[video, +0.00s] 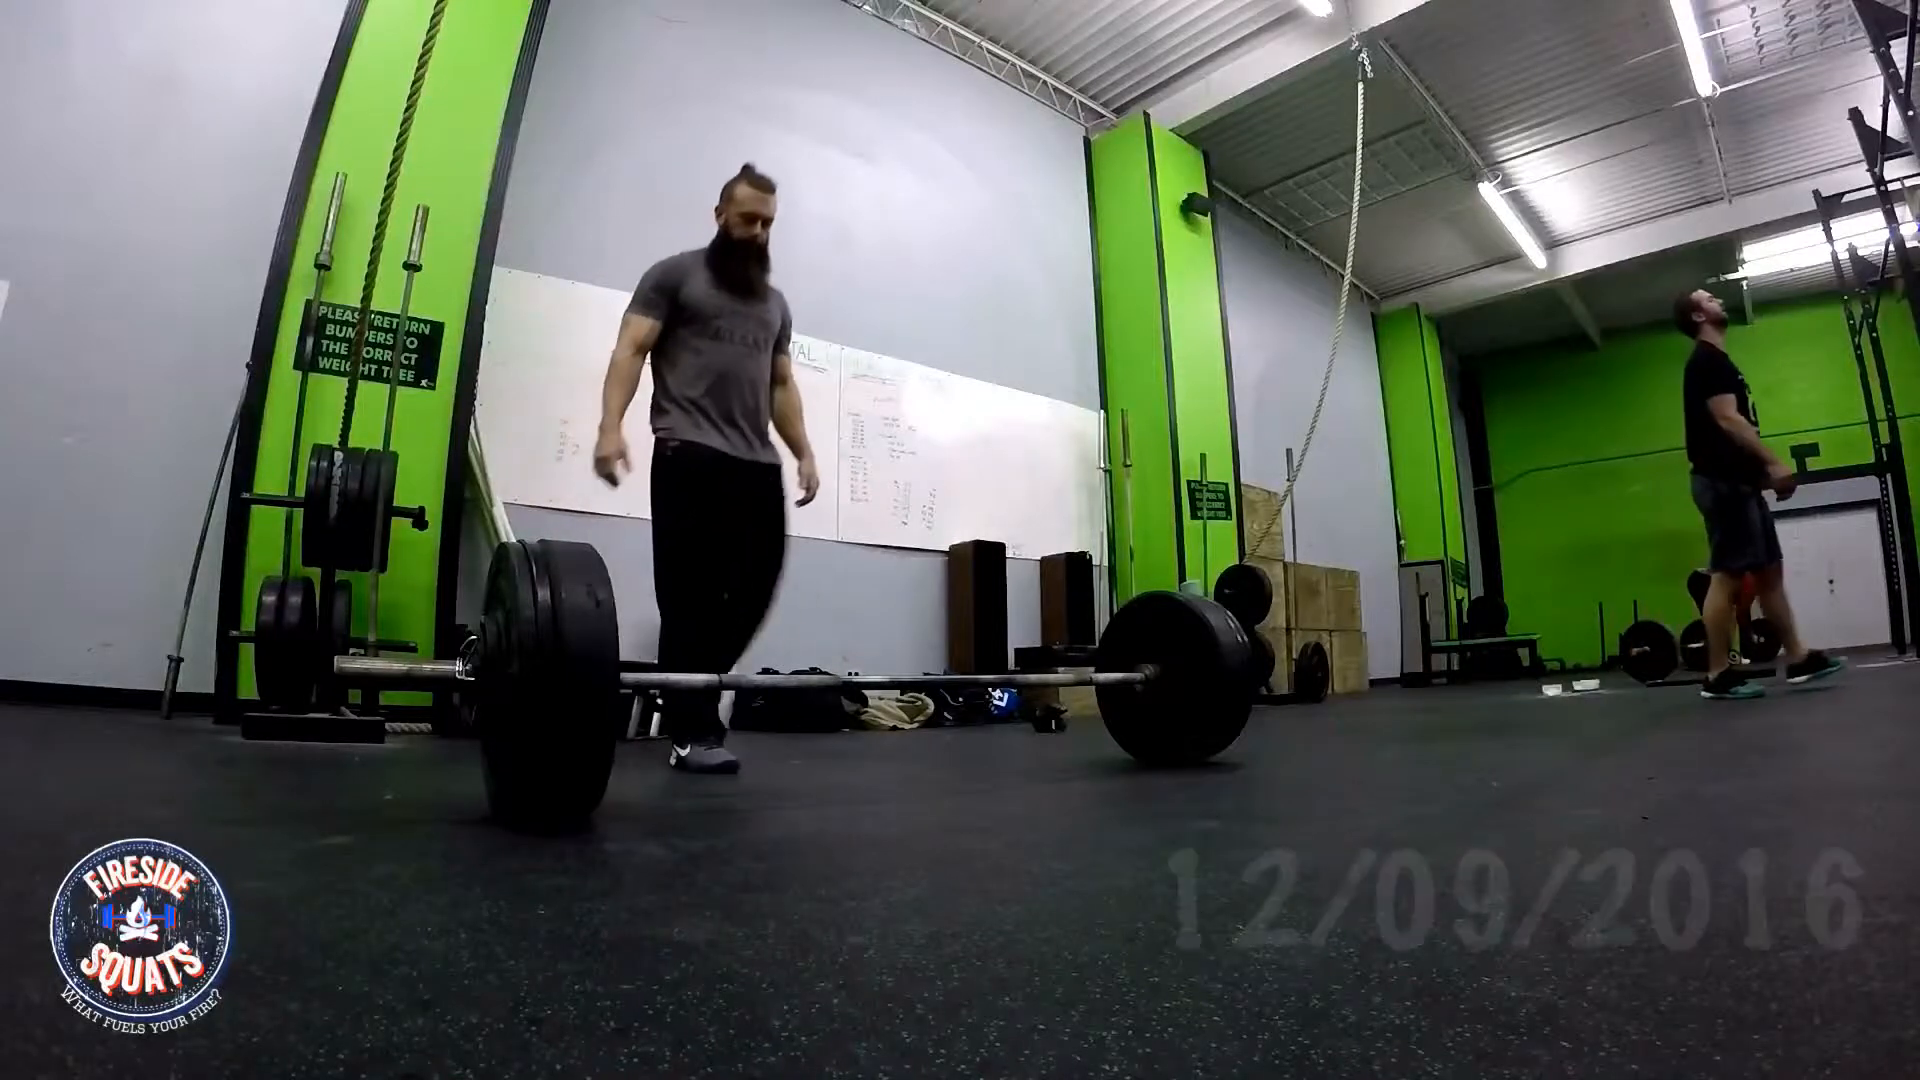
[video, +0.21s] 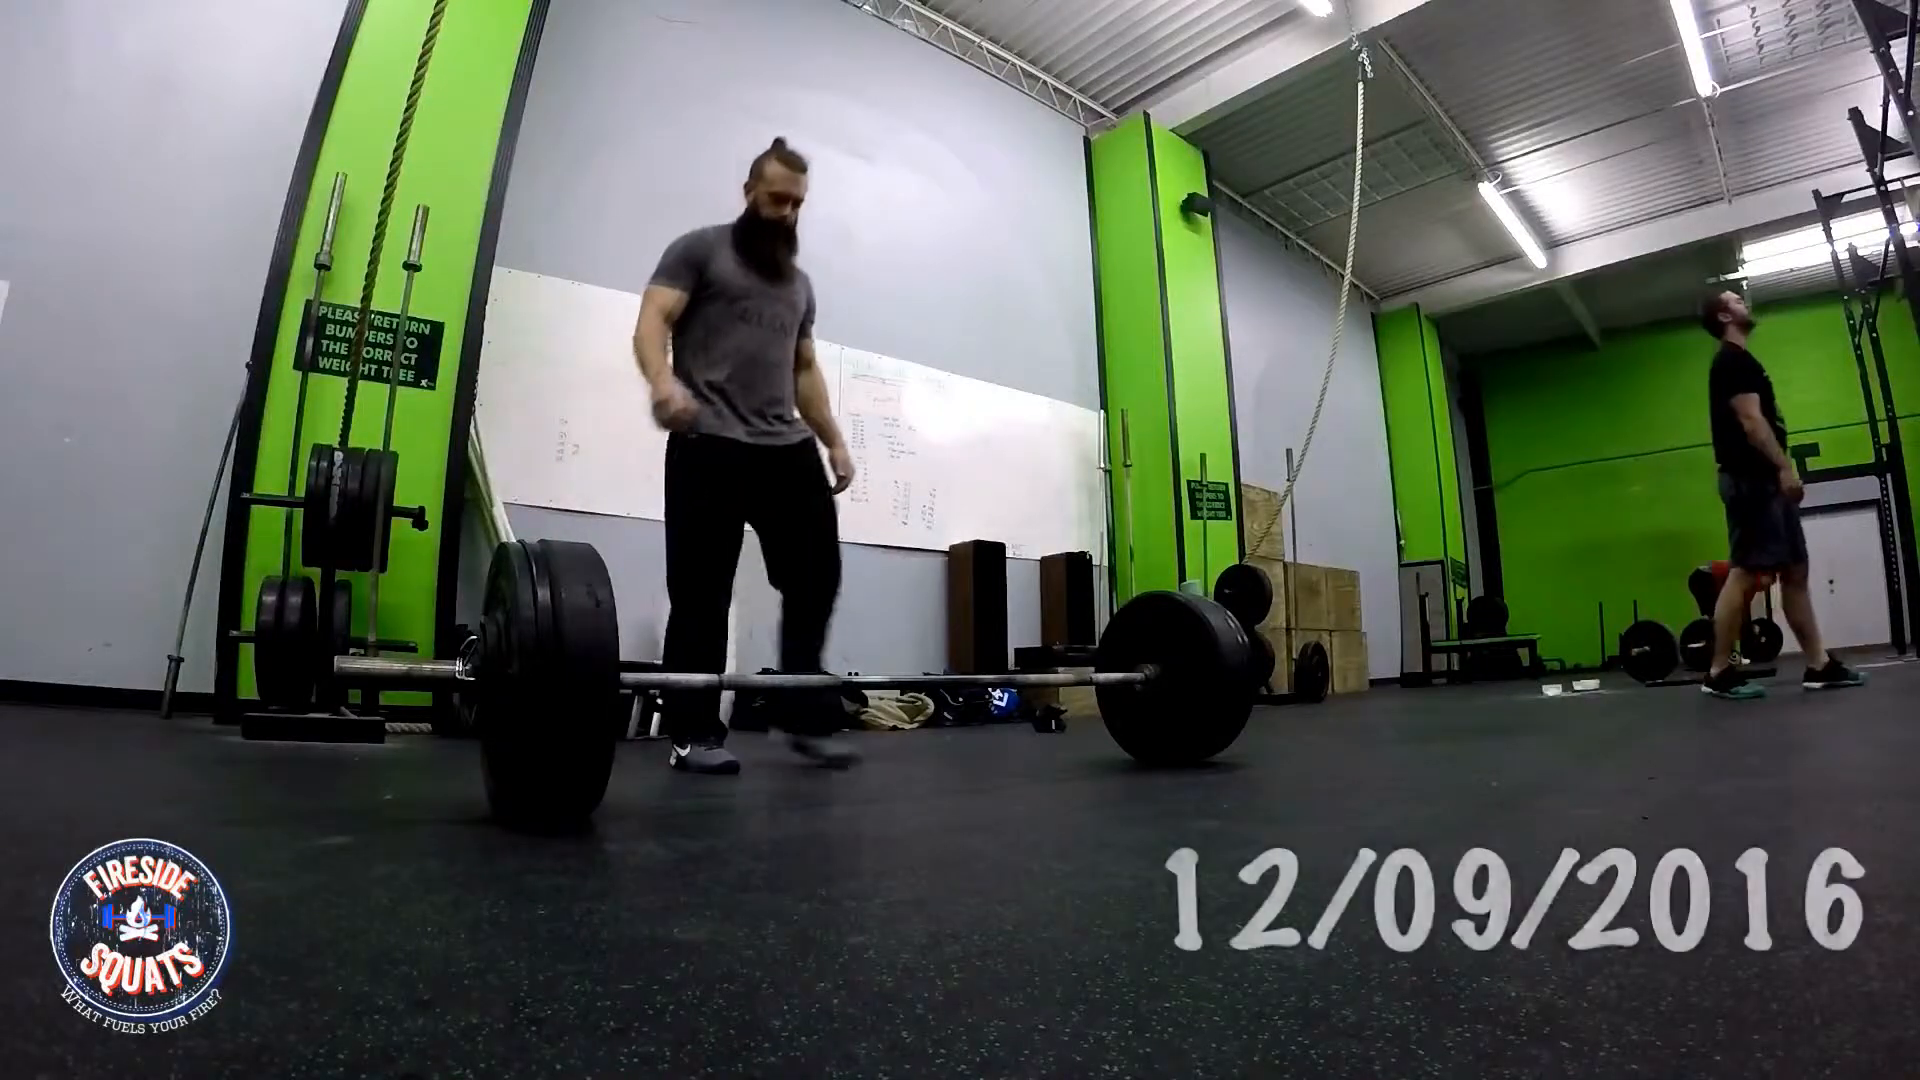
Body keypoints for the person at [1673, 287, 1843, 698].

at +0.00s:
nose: (1719, 300)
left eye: (1713, 295)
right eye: (1710, 297)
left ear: (1702, 316)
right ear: (1699, 314)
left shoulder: (1718, 360)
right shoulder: (1706, 360)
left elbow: (1731, 425)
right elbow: (1728, 419)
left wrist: (1758, 473)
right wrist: (1773, 461)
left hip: (1739, 481)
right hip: (1721, 483)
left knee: (1768, 570)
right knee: (1726, 575)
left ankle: (1796, 657)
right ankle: (1719, 671)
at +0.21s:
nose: (1745, 302)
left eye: (1739, 297)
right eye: (1737, 299)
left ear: (1728, 316)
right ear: (1725, 315)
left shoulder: (1742, 360)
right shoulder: (1730, 361)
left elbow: (1754, 423)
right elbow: (1751, 420)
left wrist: (1782, 471)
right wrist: (1785, 466)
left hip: (1767, 479)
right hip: (1748, 481)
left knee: (1795, 571)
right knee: (1745, 573)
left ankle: (1819, 664)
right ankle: (1720, 669)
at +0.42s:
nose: (1769, 303)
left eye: (1765, 298)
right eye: (1761, 300)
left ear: (1751, 315)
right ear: (1748, 313)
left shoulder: (1762, 356)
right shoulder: (1757, 355)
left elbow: (1770, 414)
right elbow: (1769, 406)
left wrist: (1797, 462)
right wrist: (1802, 454)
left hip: (1787, 472)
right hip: (1775, 473)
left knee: (1808, 568)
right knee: (1784, 563)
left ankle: (1819, 664)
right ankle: (1733, 657)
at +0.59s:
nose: (1790, 302)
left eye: (1788, 298)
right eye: (1782, 299)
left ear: (1775, 313)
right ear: (1765, 313)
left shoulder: (1785, 357)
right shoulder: (1771, 352)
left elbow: (1803, 427)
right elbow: (1792, 397)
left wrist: (1838, 473)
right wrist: (1844, 403)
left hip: (1804, 472)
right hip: (1796, 473)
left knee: (1816, 566)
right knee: (1833, 555)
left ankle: (1819, 662)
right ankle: (1778, 641)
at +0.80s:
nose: (1809, 302)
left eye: (1807, 297)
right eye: (1801, 299)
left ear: (1792, 311)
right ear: (1783, 311)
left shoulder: (1801, 356)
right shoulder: (1787, 351)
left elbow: (1822, 433)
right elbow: (1812, 393)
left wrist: (1866, 466)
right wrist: (1865, 391)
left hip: (1813, 473)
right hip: (1817, 472)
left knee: (1821, 568)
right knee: (1857, 556)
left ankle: (1819, 664)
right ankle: (1867, 658)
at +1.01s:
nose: (1830, 300)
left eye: (1829, 294)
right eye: (1821, 296)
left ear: (1818, 308)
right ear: (1804, 309)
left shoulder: (1813, 349)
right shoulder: (1815, 349)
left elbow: (1833, 410)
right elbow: (1829, 403)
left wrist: (1868, 445)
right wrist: (1867, 449)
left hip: (1824, 467)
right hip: (1840, 466)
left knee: (1831, 563)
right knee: (1890, 553)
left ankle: (1820, 662)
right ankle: (1914, 651)